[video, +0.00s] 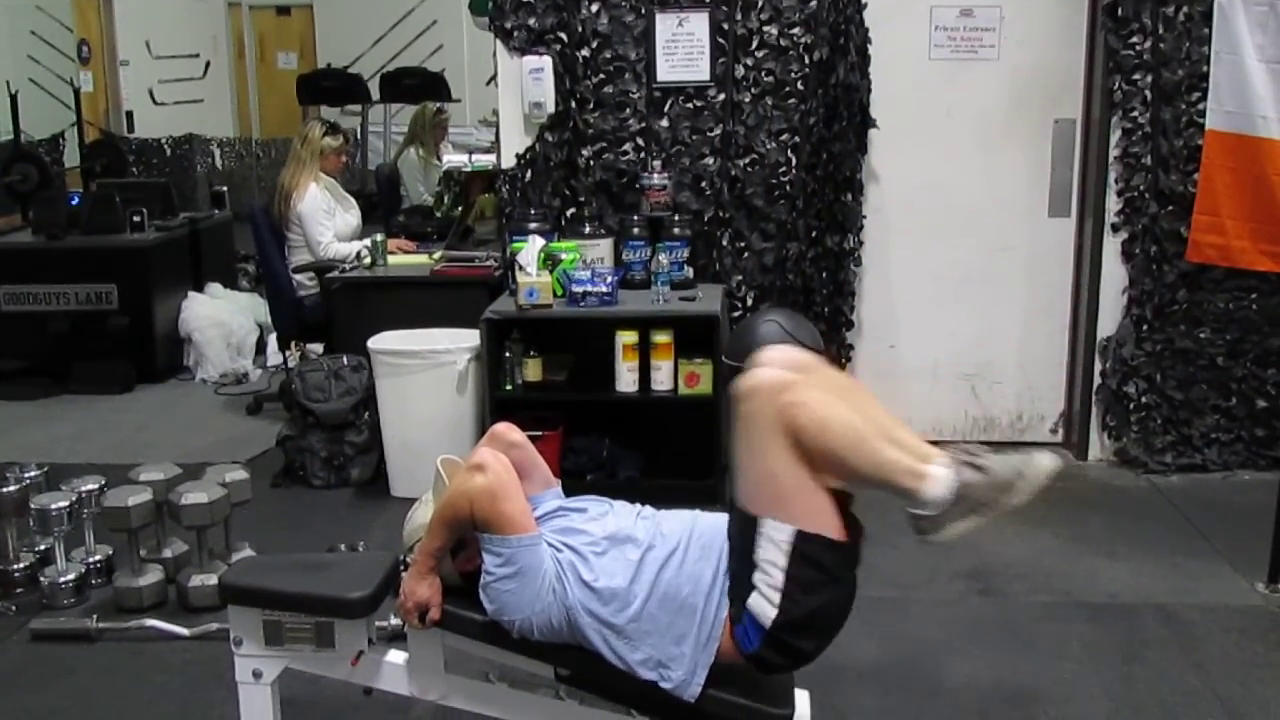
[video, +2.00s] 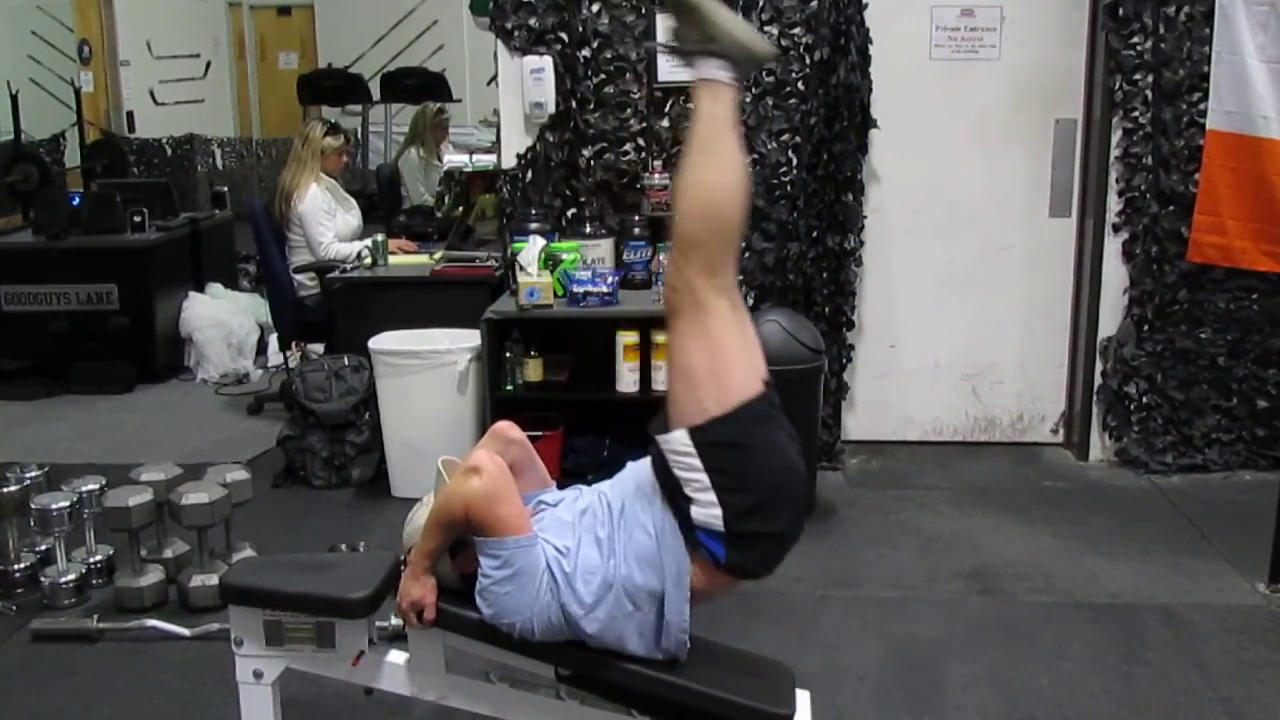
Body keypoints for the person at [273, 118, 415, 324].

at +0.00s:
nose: (344, 160)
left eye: (345, 154)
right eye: (338, 155)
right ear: (318, 155)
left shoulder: (322, 187)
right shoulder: (310, 192)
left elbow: (334, 244)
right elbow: (324, 251)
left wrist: (380, 243)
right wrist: (380, 246)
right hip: (318, 291)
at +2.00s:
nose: (345, 160)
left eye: (346, 153)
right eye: (339, 154)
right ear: (319, 155)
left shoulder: (325, 185)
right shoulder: (311, 192)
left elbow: (336, 243)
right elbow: (325, 251)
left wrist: (380, 243)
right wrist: (378, 245)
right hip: (319, 292)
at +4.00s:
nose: (345, 160)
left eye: (346, 153)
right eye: (340, 154)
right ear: (320, 154)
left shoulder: (324, 186)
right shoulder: (312, 192)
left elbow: (334, 244)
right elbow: (326, 251)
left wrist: (377, 243)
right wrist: (378, 245)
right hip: (318, 294)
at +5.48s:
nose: (346, 153)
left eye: (345, 146)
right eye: (341, 146)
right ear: (328, 148)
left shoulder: (327, 184)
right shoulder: (313, 190)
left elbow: (335, 245)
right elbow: (326, 251)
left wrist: (377, 242)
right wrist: (378, 246)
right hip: (317, 293)